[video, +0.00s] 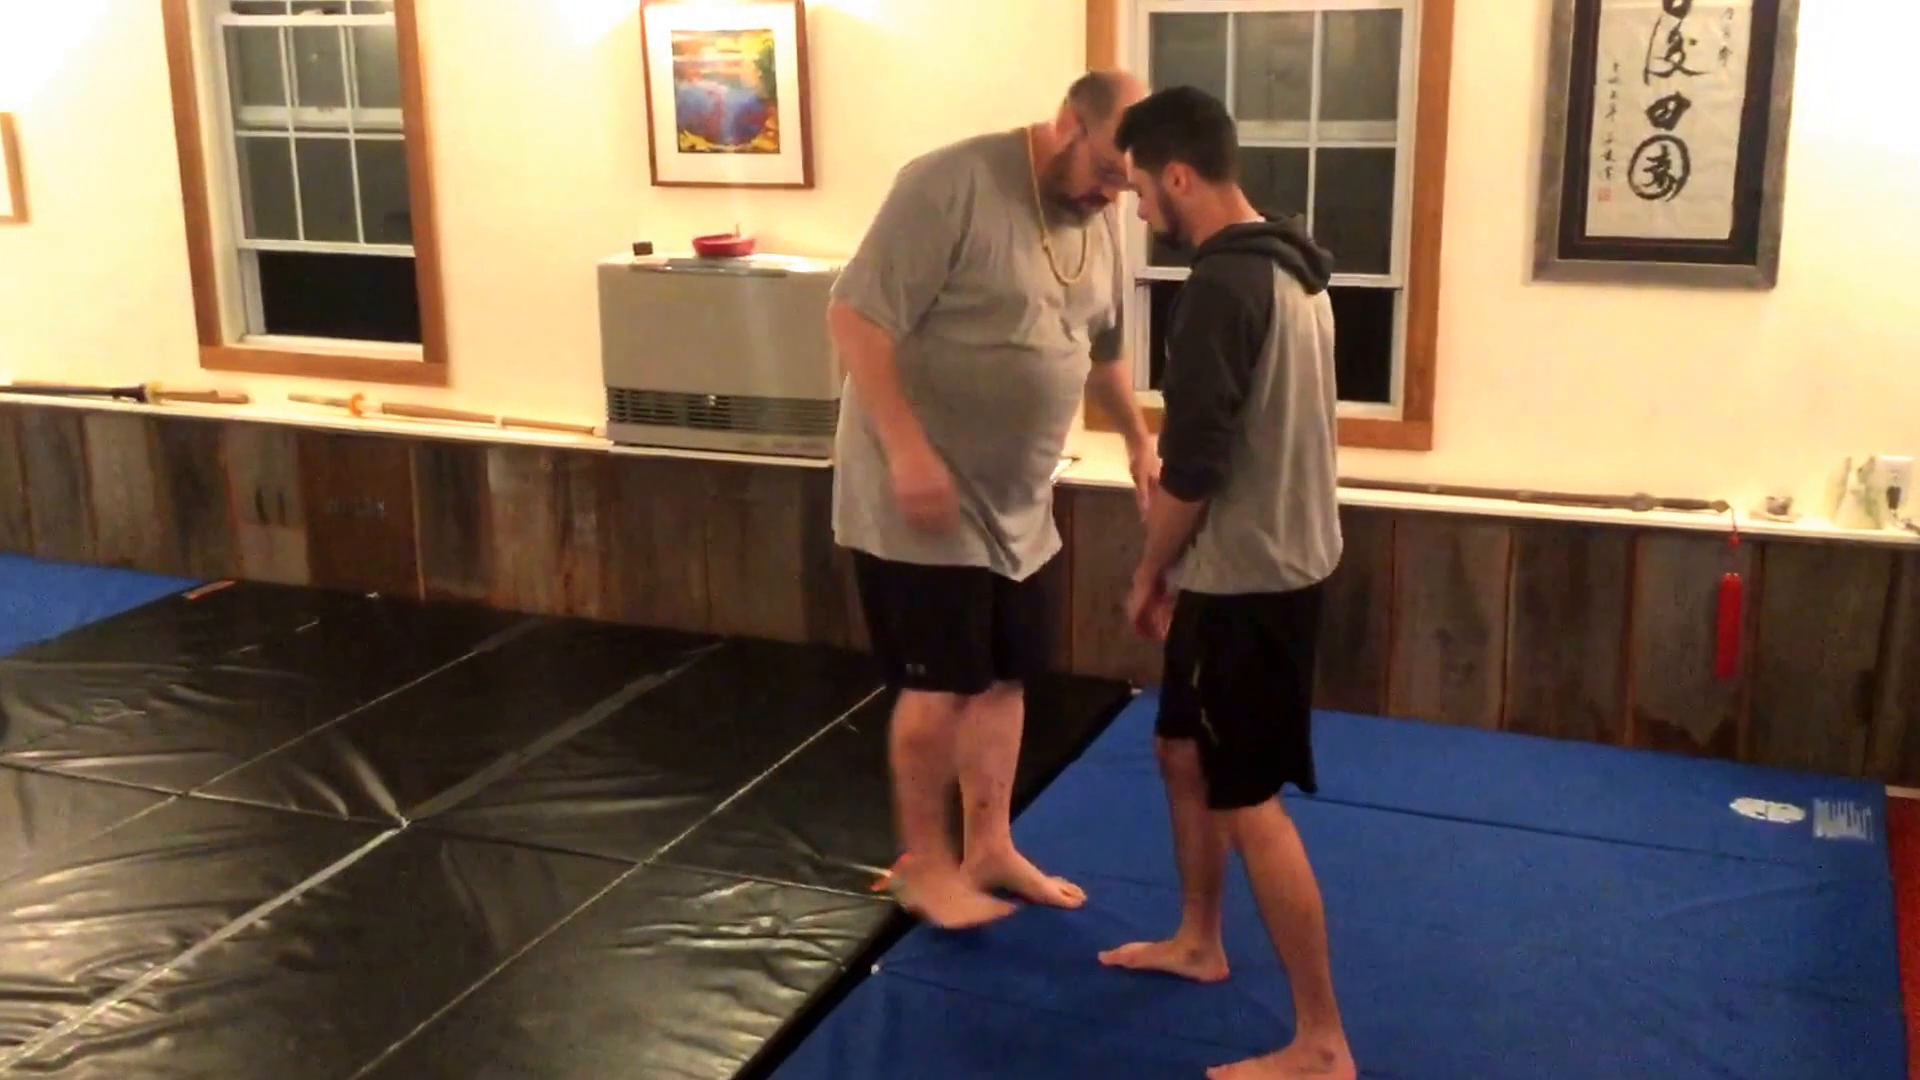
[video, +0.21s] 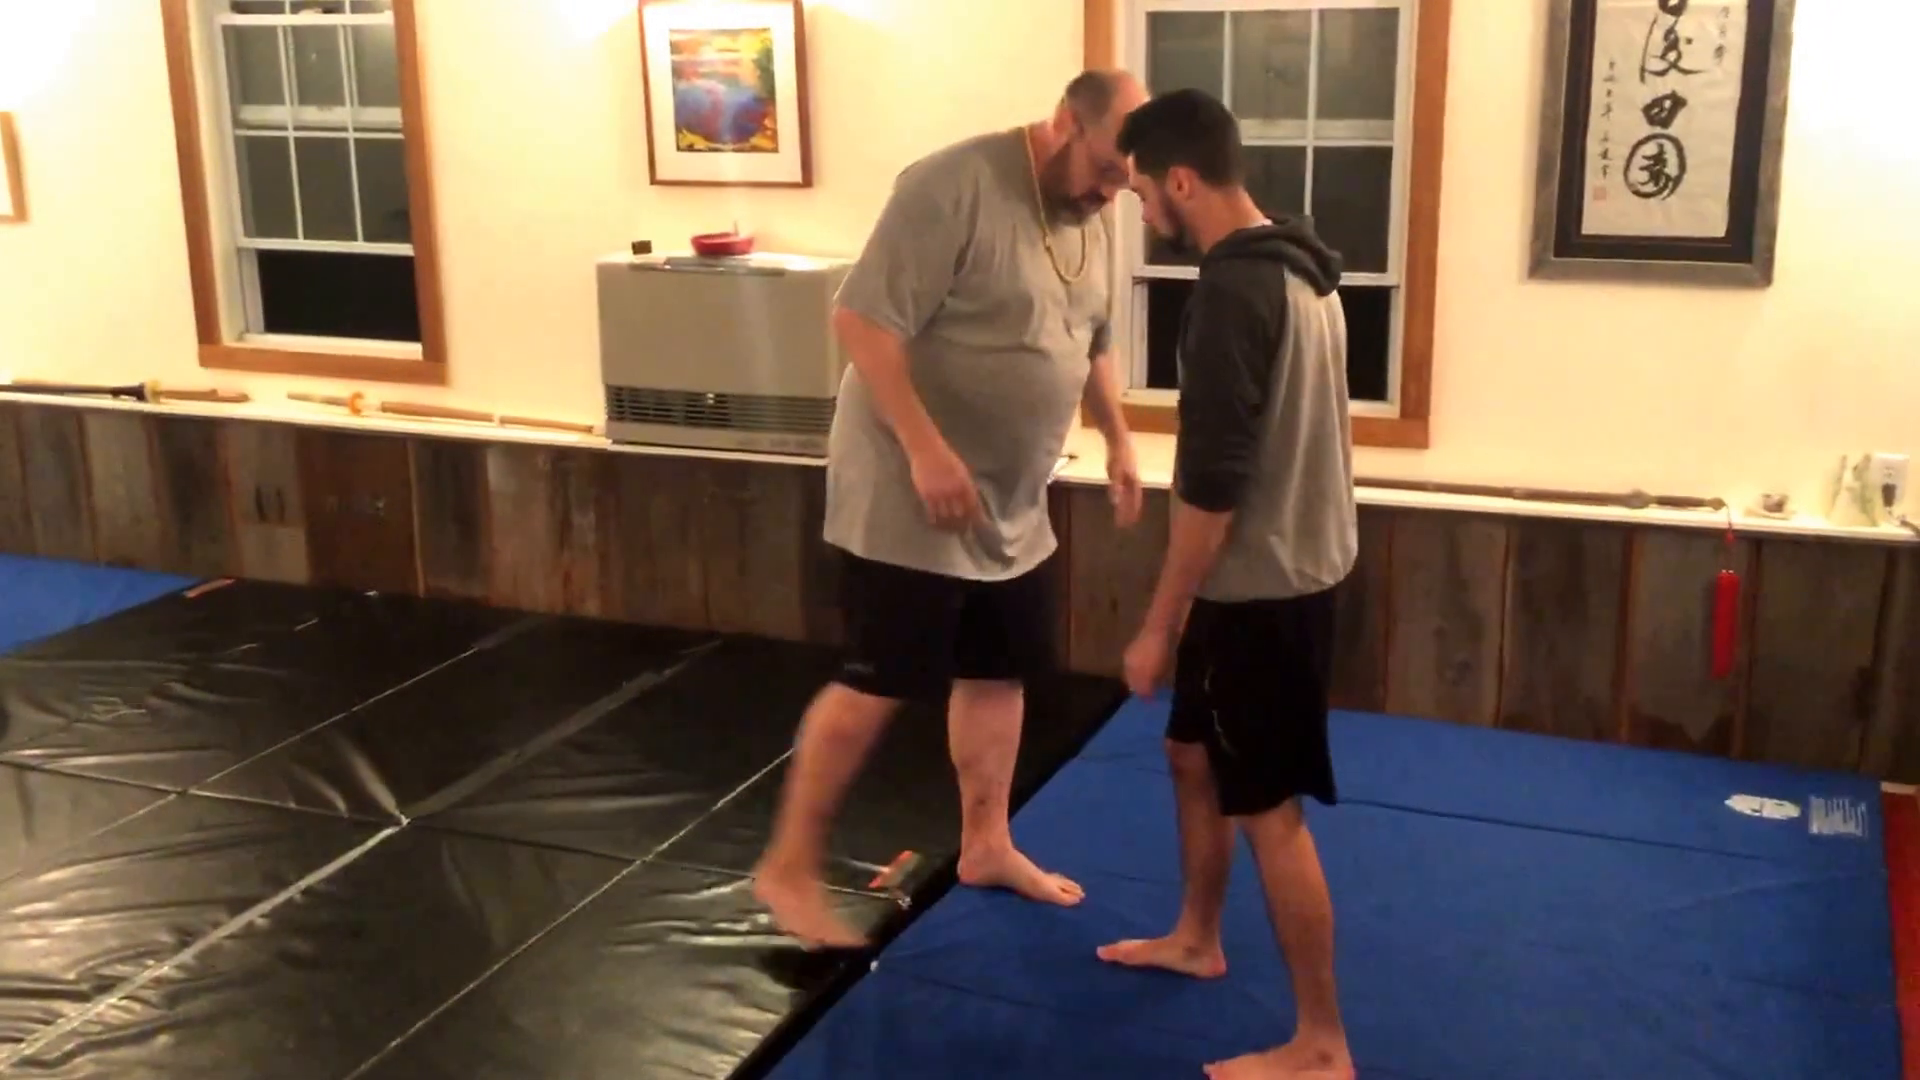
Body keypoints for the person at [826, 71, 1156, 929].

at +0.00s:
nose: (1114, 194)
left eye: (1126, 179)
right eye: (1107, 172)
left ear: (1125, 159)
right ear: (1065, 127)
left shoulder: (1102, 220)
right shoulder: (948, 183)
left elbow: (1102, 352)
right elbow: (856, 315)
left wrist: (1139, 438)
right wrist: (906, 448)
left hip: (1017, 495)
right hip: (916, 488)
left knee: (1004, 676)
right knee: (935, 680)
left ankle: (989, 850)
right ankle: (921, 866)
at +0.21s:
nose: (1114, 188)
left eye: (1127, 174)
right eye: (1107, 165)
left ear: (1134, 164)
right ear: (1061, 126)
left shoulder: (1100, 212)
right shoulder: (950, 184)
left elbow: (1087, 338)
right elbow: (863, 319)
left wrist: (1118, 441)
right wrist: (925, 448)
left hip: (1008, 495)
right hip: (901, 490)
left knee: (996, 669)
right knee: (878, 674)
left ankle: (987, 848)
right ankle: (786, 870)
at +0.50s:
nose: (1064, 195)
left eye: (1079, 180)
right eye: (1055, 173)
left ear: (1082, 167)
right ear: (1004, 134)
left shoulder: (1034, 211)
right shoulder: (904, 199)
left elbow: (1028, 348)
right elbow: (830, 349)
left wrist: (1075, 438)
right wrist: (877, 492)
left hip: (973, 514)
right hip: (857, 513)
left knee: (993, 673)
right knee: (799, 695)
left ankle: (983, 842)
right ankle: (716, 887)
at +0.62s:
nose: (1001, 192)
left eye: (1012, 176)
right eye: (992, 170)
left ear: (1014, 158)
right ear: (938, 133)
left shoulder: (973, 218)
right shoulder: (842, 218)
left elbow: (993, 353)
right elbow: (781, 378)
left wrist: (1036, 447)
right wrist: (836, 514)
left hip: (944, 530)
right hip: (827, 537)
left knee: (981, 680)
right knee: (779, 718)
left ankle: (983, 841)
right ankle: (705, 907)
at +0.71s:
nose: (965, 190)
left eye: (978, 172)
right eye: (954, 168)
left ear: (984, 158)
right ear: (897, 138)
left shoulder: (946, 219)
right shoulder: (808, 224)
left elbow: (963, 351)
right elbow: (750, 380)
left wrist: (1006, 456)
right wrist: (802, 521)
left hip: (930, 533)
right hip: (818, 543)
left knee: (969, 685)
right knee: (766, 729)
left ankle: (981, 840)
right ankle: (703, 910)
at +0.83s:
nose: (918, 175)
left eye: (930, 156)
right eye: (902, 154)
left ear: (940, 145)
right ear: (847, 130)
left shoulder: (919, 210)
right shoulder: (764, 226)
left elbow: (928, 350)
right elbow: (707, 382)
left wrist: (948, 464)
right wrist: (735, 531)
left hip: (905, 525)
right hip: (794, 539)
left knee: (947, 690)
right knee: (752, 732)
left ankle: (980, 839)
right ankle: (700, 913)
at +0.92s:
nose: (890, 169)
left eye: (904, 149)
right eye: (873, 147)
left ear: (914, 136)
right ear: (819, 124)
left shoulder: (908, 210)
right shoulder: (744, 221)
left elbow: (912, 361)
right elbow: (680, 383)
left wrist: (927, 476)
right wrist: (690, 533)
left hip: (896, 521)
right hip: (784, 539)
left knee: (932, 692)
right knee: (747, 735)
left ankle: (979, 840)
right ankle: (699, 914)